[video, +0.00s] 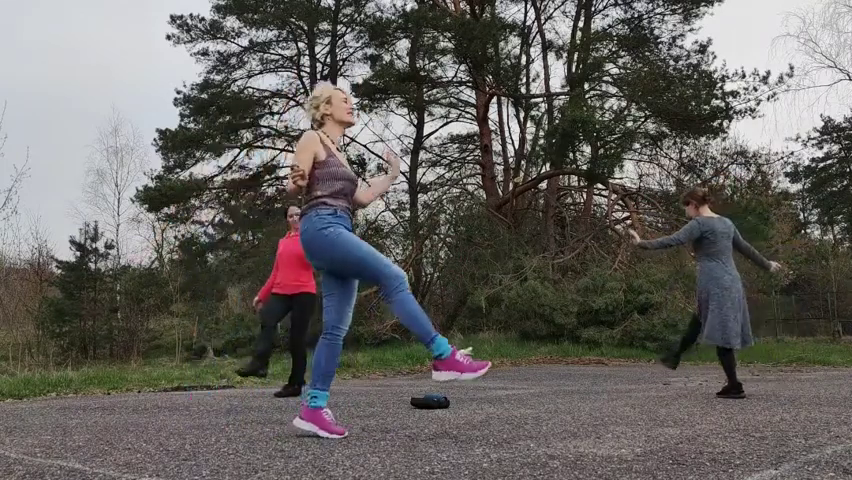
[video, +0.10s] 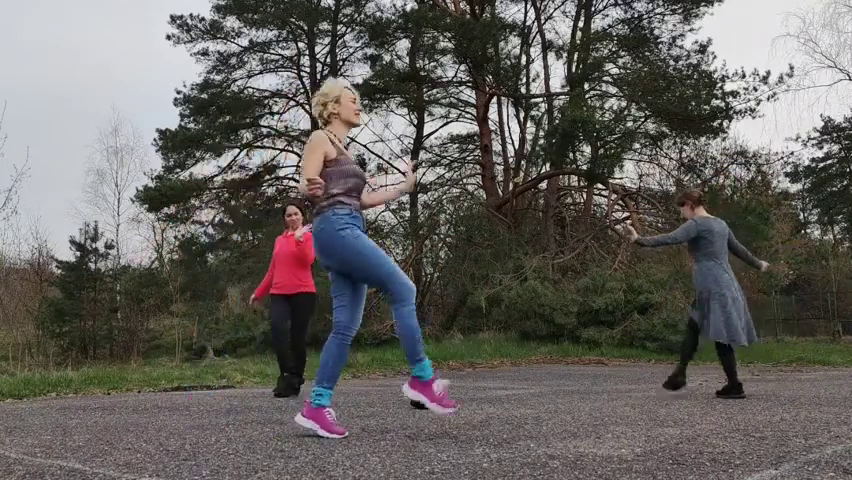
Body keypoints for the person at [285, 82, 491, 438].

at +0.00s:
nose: (352, 104)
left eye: (351, 100)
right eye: (344, 99)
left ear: (340, 109)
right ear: (325, 107)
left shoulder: (339, 157)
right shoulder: (312, 138)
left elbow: (362, 197)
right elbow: (296, 185)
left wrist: (392, 171)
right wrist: (296, 184)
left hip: (337, 233)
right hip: (321, 227)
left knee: (335, 328)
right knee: (393, 278)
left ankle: (312, 409)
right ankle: (444, 356)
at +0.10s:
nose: (359, 105)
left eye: (358, 100)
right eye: (352, 100)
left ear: (348, 109)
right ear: (333, 106)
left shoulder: (343, 152)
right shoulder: (320, 138)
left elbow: (361, 200)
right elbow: (307, 179)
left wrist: (404, 187)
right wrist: (311, 187)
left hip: (346, 233)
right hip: (336, 230)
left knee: (344, 327)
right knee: (403, 290)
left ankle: (316, 405)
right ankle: (423, 379)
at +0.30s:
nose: (373, 106)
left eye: (370, 101)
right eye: (367, 102)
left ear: (353, 112)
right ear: (352, 111)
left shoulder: (359, 149)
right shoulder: (348, 145)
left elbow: (368, 211)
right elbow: (338, 195)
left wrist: (405, 225)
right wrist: (350, 201)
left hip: (358, 241)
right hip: (367, 238)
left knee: (363, 332)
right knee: (397, 323)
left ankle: (321, 404)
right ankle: (390, 408)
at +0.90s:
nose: (358, 107)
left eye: (356, 102)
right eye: (351, 103)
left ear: (340, 111)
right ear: (333, 111)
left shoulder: (343, 146)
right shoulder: (330, 145)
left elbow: (351, 196)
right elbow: (327, 197)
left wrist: (375, 214)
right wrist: (341, 224)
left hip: (349, 238)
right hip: (349, 239)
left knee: (335, 328)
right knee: (380, 322)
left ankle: (276, 386)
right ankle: (388, 407)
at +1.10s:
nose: (333, 120)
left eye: (331, 114)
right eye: (326, 115)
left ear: (318, 121)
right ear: (307, 120)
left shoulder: (317, 158)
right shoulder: (300, 151)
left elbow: (331, 209)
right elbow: (284, 200)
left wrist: (378, 204)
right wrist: (294, 229)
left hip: (309, 247)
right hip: (306, 247)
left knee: (290, 337)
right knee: (352, 322)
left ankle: (248, 407)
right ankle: (378, 407)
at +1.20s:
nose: (325, 111)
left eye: (323, 106)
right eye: (318, 106)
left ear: (310, 115)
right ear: (300, 114)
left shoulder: (310, 155)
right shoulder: (290, 146)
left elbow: (323, 205)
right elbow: (271, 194)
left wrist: (370, 207)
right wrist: (280, 222)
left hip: (300, 240)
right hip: (292, 240)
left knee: (281, 331)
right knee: (342, 312)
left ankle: (250, 404)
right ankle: (336, 401)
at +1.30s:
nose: (319, 103)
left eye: (318, 98)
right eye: (312, 98)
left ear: (304, 106)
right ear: (293, 105)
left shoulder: (304, 147)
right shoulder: (283, 137)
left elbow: (315, 201)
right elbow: (263, 185)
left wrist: (349, 224)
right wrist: (273, 211)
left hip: (297, 233)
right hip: (284, 231)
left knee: (278, 323)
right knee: (326, 309)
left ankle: (253, 400)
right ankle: (288, 391)